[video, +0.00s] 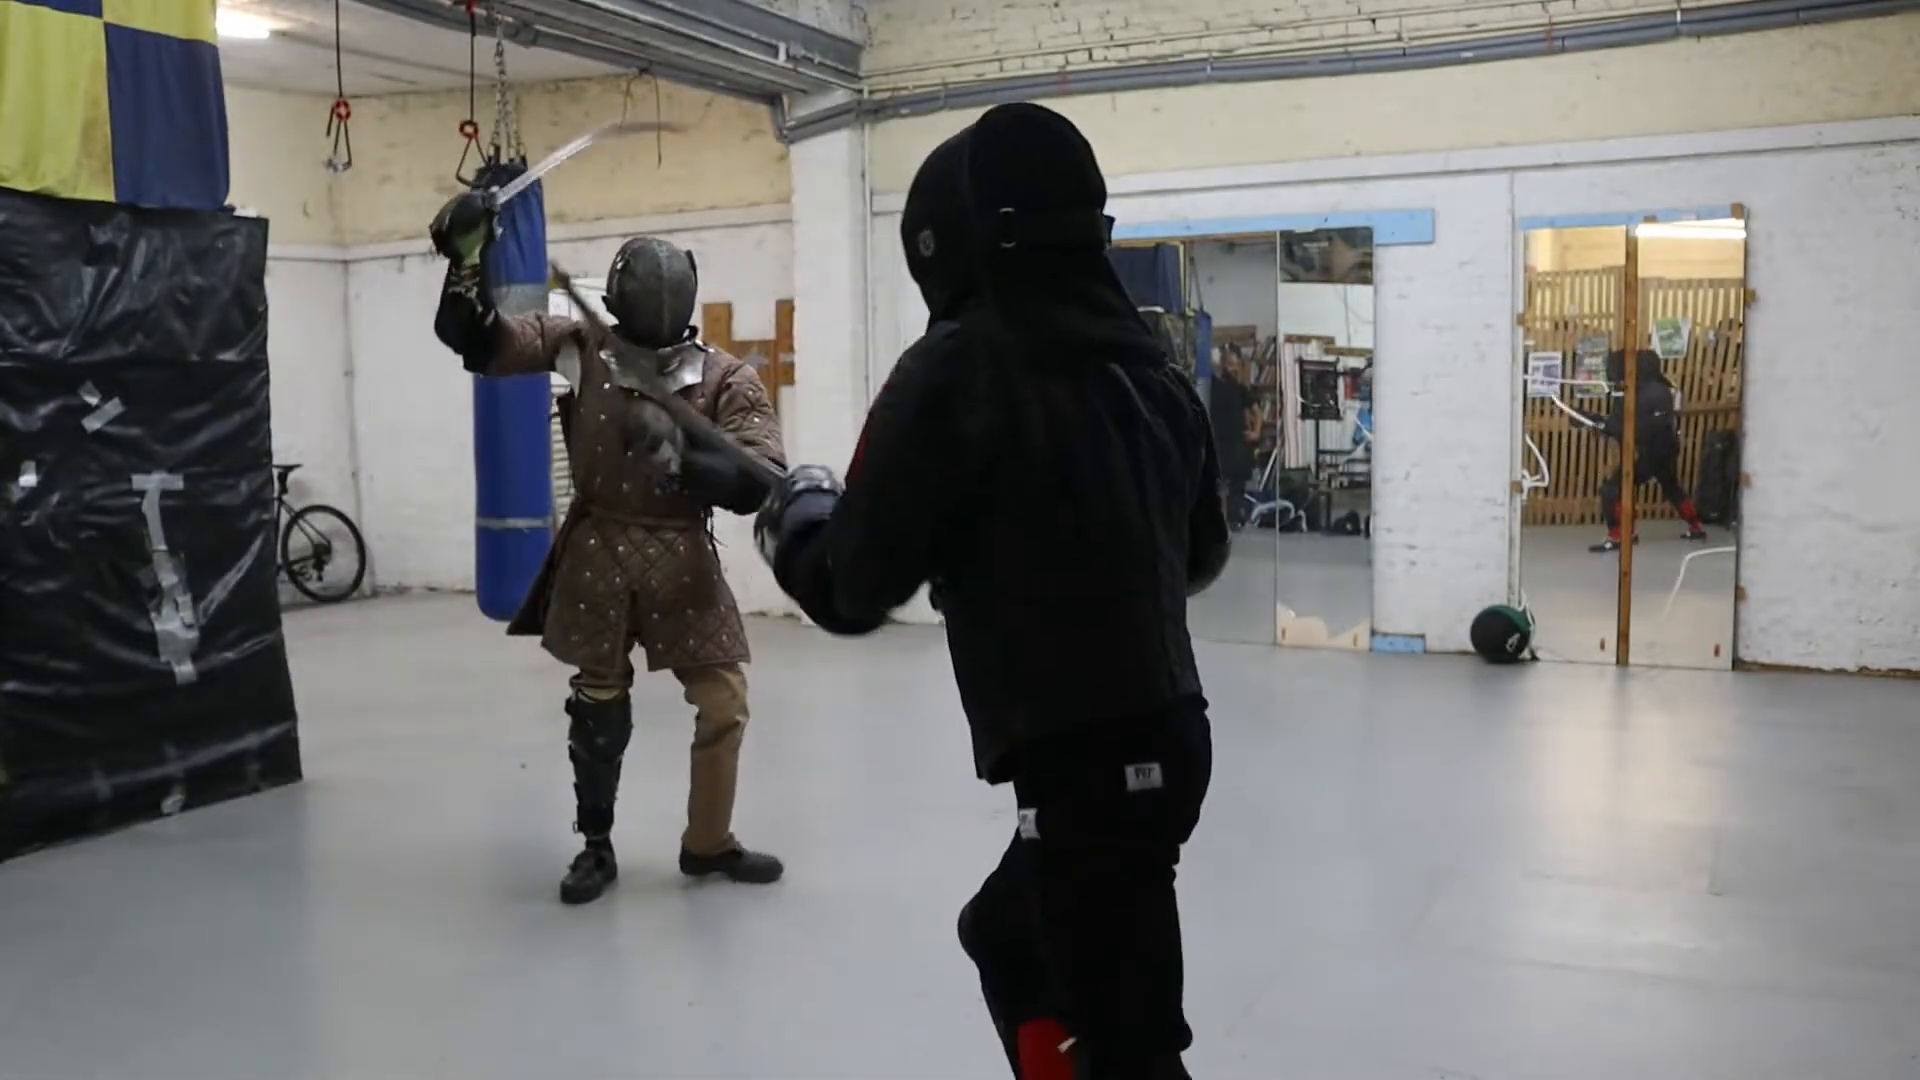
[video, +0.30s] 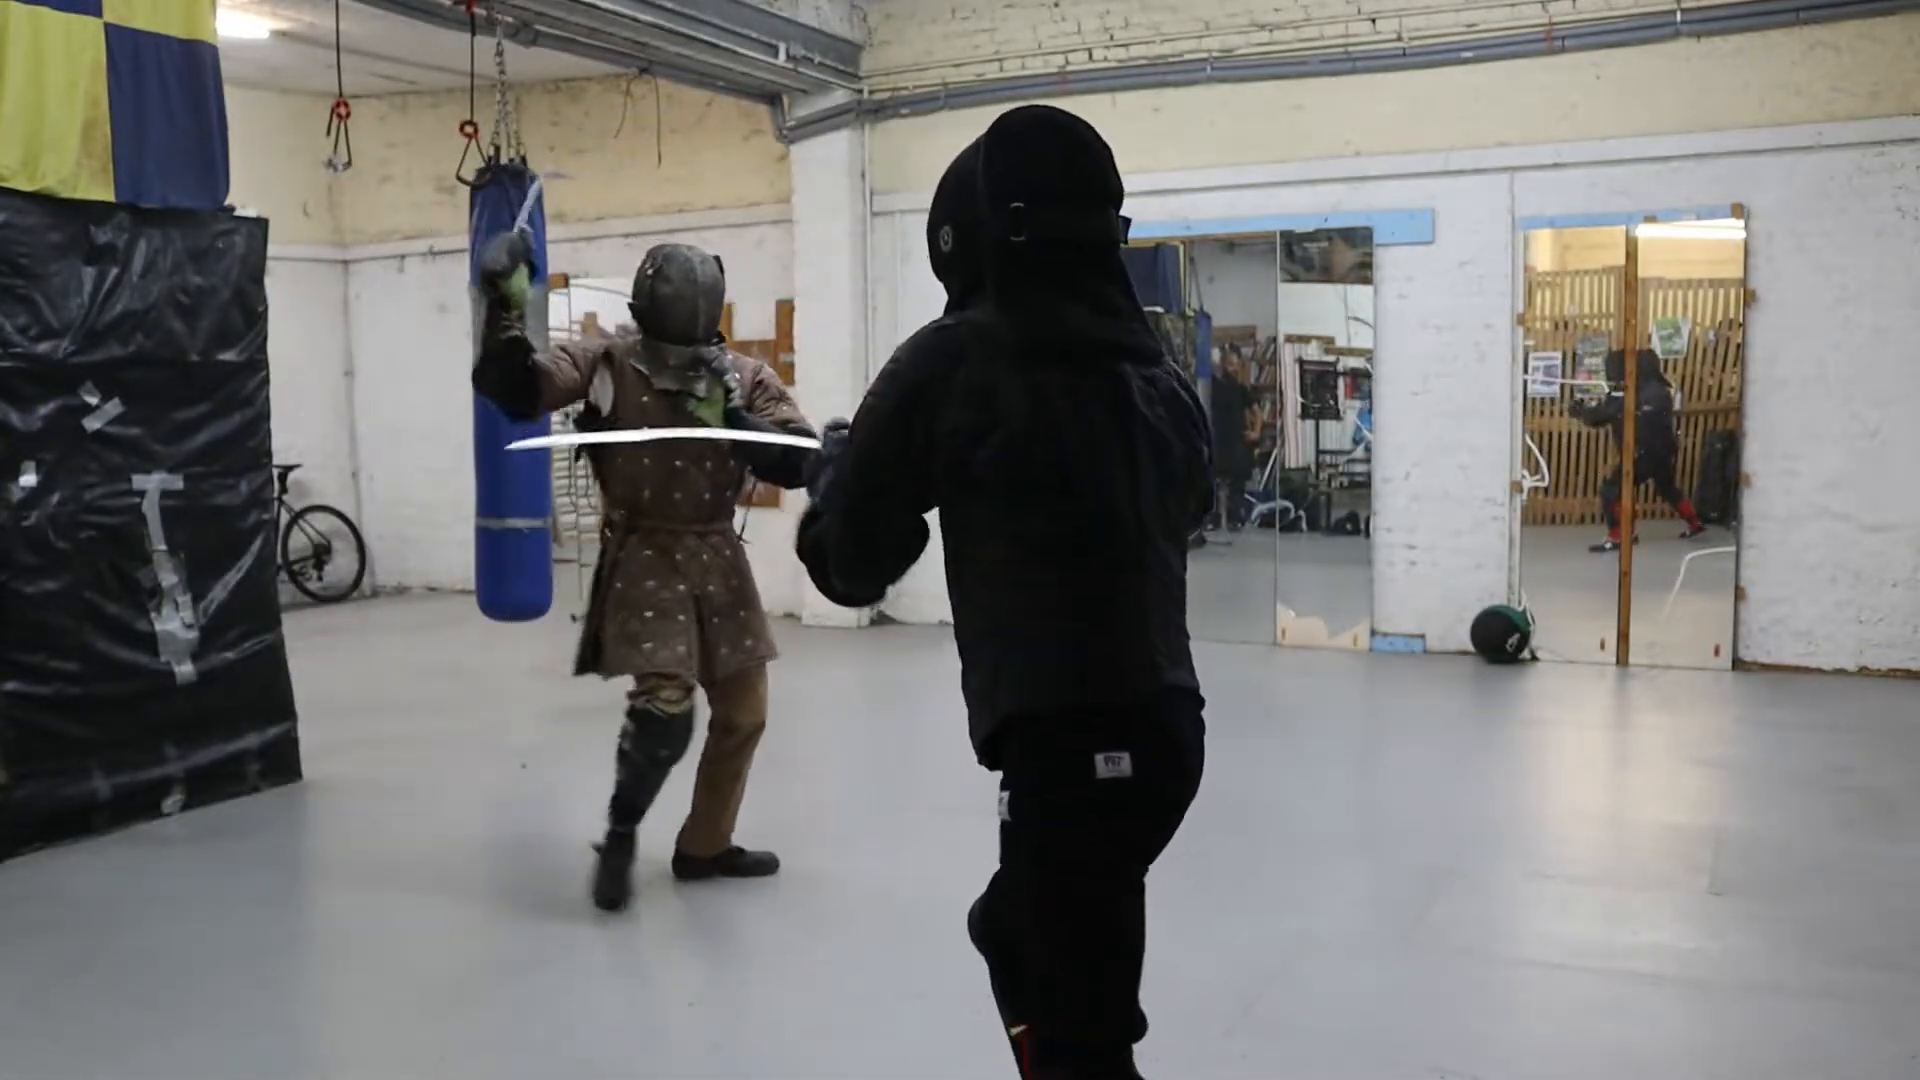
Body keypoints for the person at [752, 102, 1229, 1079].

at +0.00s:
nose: (922, 268)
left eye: (928, 242)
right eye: (921, 242)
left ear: (962, 239)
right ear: (1080, 229)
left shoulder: (951, 371)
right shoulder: (1147, 361)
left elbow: (849, 589)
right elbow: (1198, 550)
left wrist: (794, 503)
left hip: (1072, 756)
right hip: (1168, 738)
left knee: (1129, 1038)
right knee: (1000, 929)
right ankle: (1055, 1068)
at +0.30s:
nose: (939, 251)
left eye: (947, 228)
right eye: (941, 227)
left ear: (978, 232)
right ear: (1101, 228)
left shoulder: (950, 360)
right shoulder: (1154, 369)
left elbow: (849, 566)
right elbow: (1185, 511)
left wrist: (827, 483)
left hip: (1051, 740)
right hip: (1168, 728)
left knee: (1086, 1022)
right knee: (1007, 927)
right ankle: (1053, 1060)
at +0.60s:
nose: (936, 273)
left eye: (943, 246)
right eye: (937, 245)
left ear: (974, 251)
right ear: (1110, 248)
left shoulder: (943, 403)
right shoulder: (1194, 409)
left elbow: (865, 654)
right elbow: (1253, 600)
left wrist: (975, 571)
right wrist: (1133, 609)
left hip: (1050, 800)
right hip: (1181, 787)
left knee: (1040, 1056)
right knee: (1074, 1032)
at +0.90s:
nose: (924, 250)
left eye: (930, 220)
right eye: (922, 222)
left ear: (970, 215)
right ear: (1111, 206)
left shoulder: (945, 370)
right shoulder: (1198, 377)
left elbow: (823, 599)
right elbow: (1229, 576)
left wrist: (800, 494)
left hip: (1058, 805)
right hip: (1199, 788)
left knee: (1064, 1052)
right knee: (1037, 981)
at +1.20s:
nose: (905, 267)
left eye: (912, 237)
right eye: (902, 238)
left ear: (957, 236)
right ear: (1091, 230)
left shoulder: (928, 406)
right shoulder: (1190, 408)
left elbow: (857, 712)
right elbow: (1248, 640)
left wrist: (789, 679)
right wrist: (1120, 658)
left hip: (1051, 847)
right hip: (1190, 828)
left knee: (1020, 1059)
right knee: (1078, 1044)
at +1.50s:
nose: (894, 275)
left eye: (901, 244)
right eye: (890, 246)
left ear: (949, 239)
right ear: (1077, 230)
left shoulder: (937, 400)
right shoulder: (1147, 387)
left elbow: (779, 617)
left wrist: (760, 505)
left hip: (1043, 866)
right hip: (1161, 845)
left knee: (945, 1066)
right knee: (1013, 1057)